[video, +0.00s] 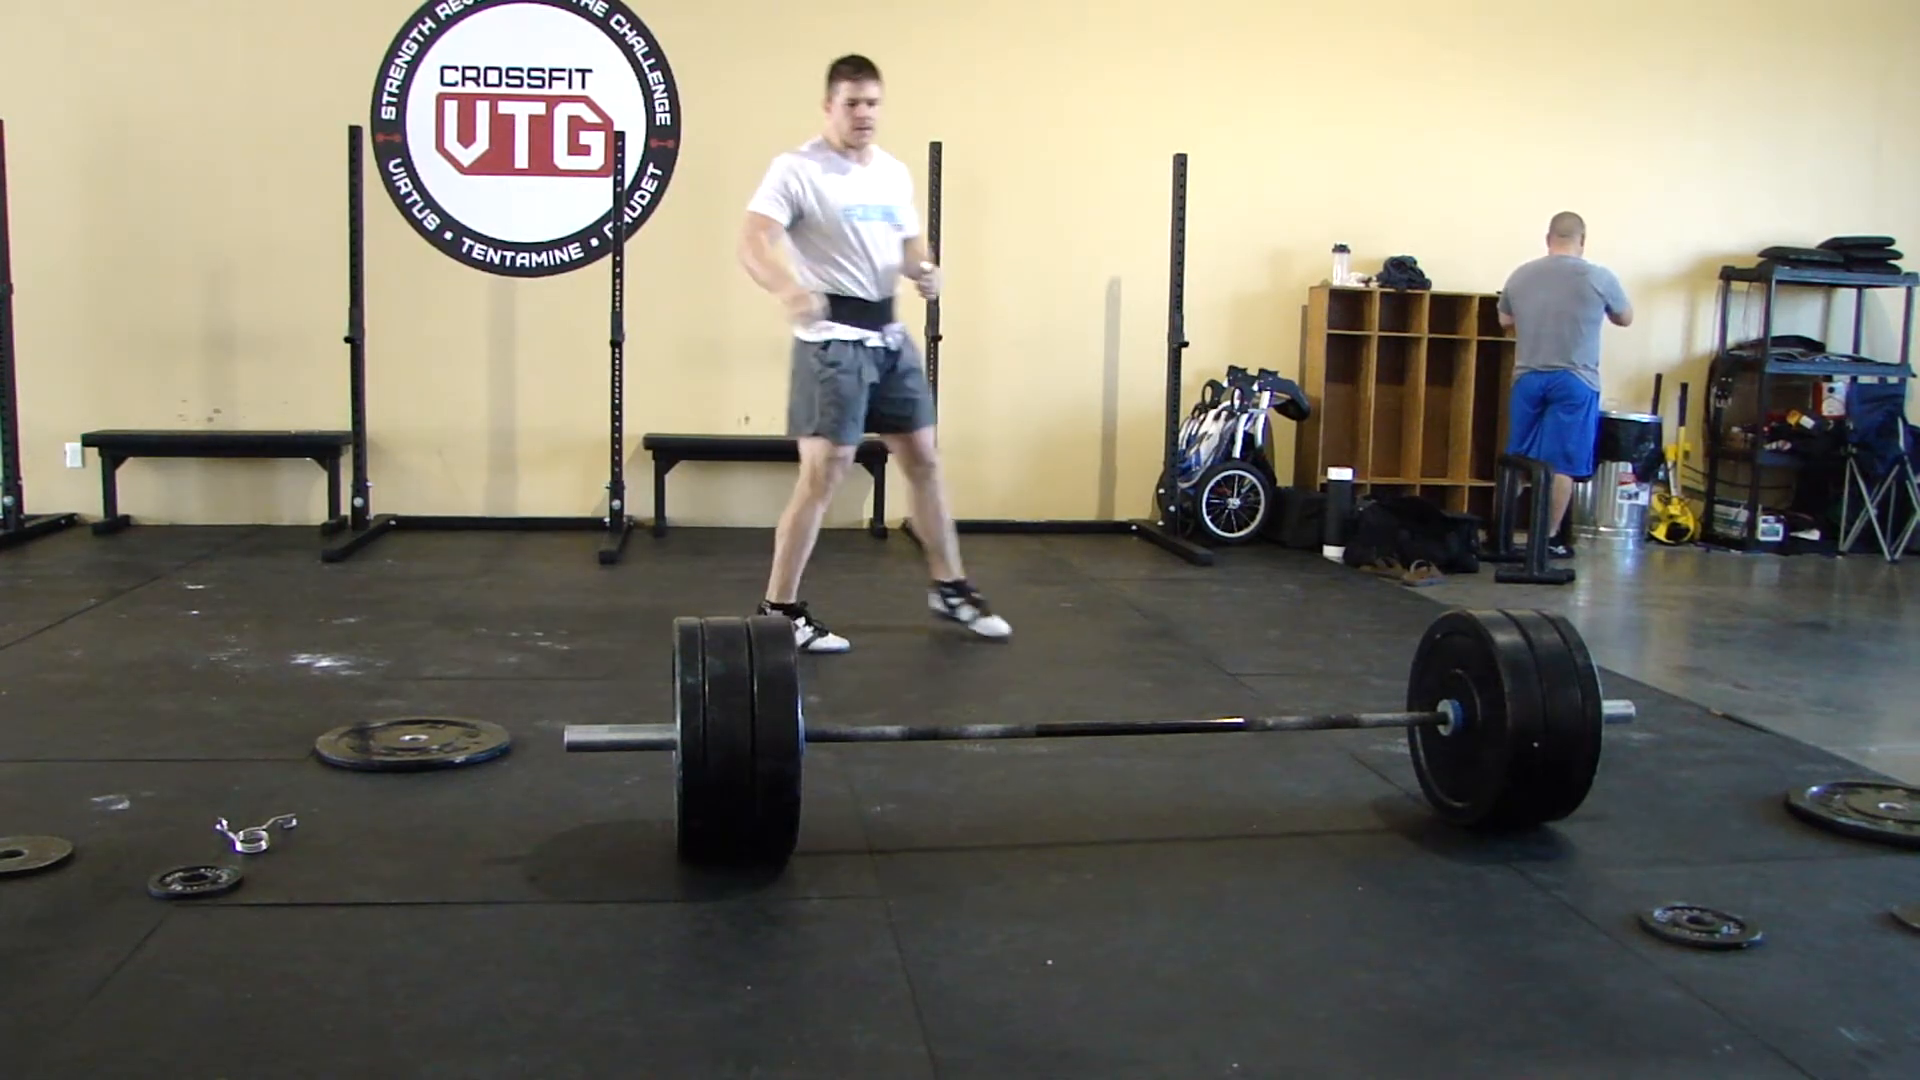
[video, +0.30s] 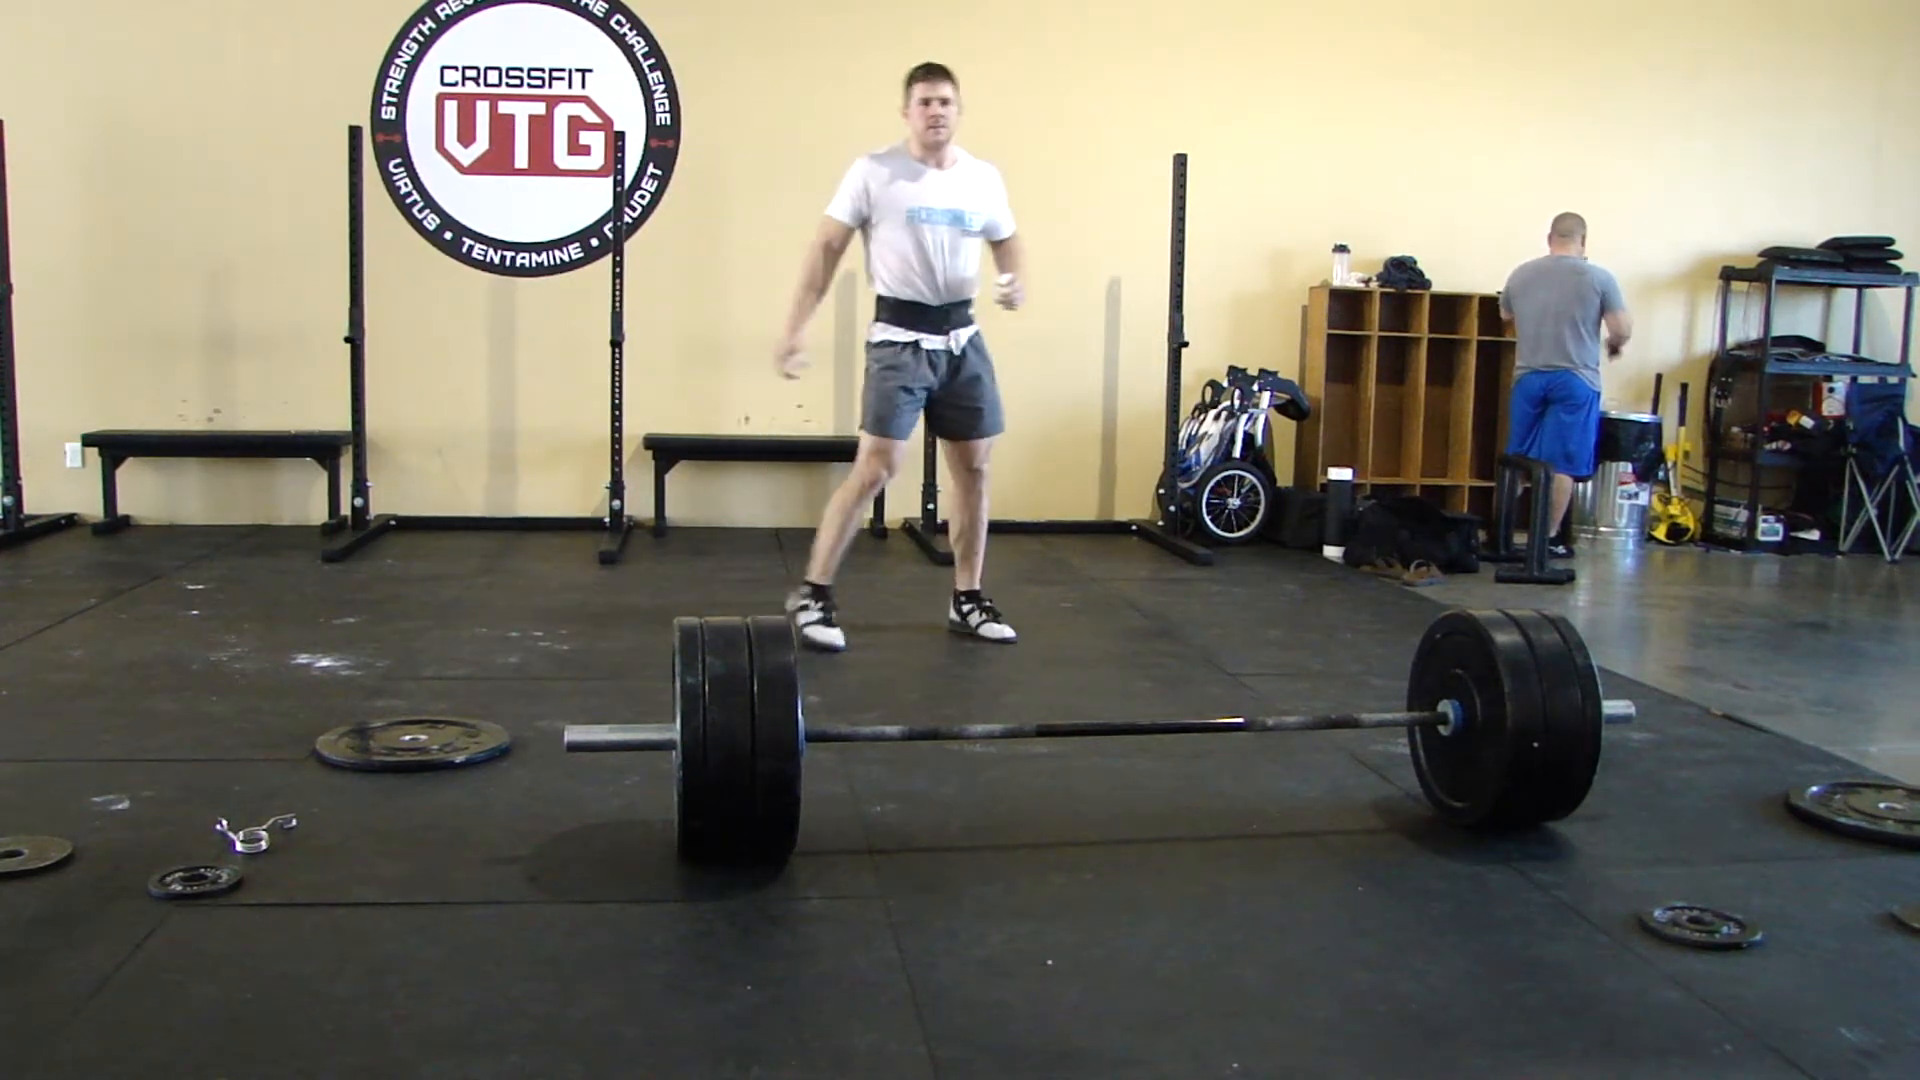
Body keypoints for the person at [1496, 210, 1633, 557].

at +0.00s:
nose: (1578, 245)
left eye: (1555, 238)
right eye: (1581, 240)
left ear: (1548, 239)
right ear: (1583, 241)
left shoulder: (1521, 274)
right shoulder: (1597, 276)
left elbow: (1506, 320)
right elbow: (1623, 317)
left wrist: (1540, 313)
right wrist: (1592, 299)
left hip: (1527, 377)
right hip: (1575, 379)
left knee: (1516, 459)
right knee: (1562, 466)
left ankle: (1501, 536)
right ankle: (1547, 540)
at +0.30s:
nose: (1582, 247)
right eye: (1584, 242)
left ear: (1549, 239)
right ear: (1583, 241)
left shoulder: (1521, 274)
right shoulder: (1597, 276)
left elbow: (1507, 316)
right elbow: (1621, 328)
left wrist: (1536, 316)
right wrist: (1615, 344)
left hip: (1528, 378)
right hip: (1576, 380)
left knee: (1516, 460)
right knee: (1562, 466)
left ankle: (1501, 535)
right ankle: (1547, 540)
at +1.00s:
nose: (1585, 244)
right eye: (1585, 240)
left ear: (1550, 239)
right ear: (1586, 241)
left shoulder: (1523, 272)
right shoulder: (1599, 277)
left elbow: (1511, 299)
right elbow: (1616, 331)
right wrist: (1628, 377)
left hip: (1529, 379)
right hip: (1577, 382)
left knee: (1520, 461)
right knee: (1564, 466)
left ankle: (1501, 533)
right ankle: (1548, 539)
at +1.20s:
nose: (1585, 243)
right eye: (1586, 239)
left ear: (1550, 238)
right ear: (1586, 240)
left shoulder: (1524, 271)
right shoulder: (1600, 278)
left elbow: (1514, 284)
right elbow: (1616, 332)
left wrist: (1547, 257)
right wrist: (1627, 377)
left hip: (1530, 379)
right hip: (1577, 382)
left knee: (1519, 460)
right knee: (1565, 465)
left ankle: (1502, 533)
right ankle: (1548, 538)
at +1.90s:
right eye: (1586, 237)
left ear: (1551, 239)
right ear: (1587, 241)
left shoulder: (1527, 272)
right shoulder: (1602, 278)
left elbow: (1516, 263)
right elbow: (1617, 333)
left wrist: (1550, 241)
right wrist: (1630, 377)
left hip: (1531, 379)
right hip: (1578, 381)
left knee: (1519, 459)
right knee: (1565, 465)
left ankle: (1503, 534)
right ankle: (1548, 539)